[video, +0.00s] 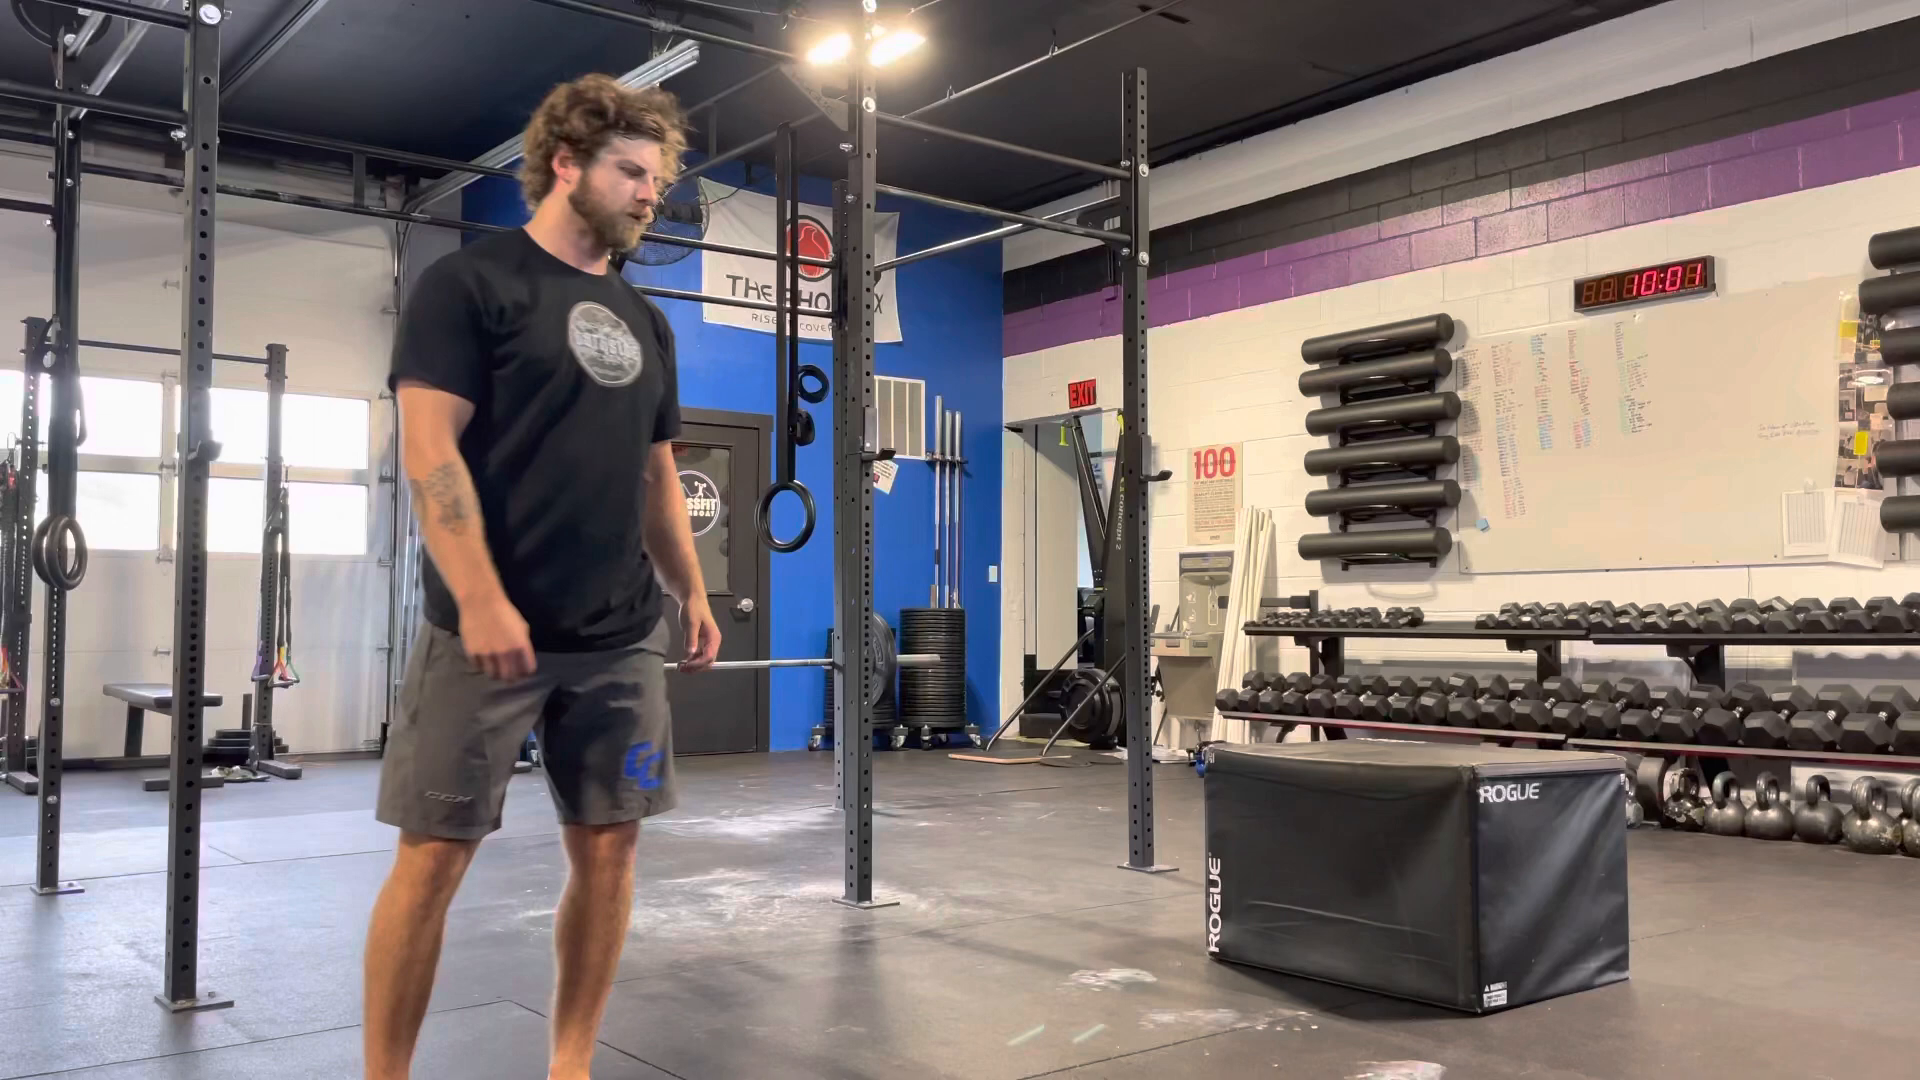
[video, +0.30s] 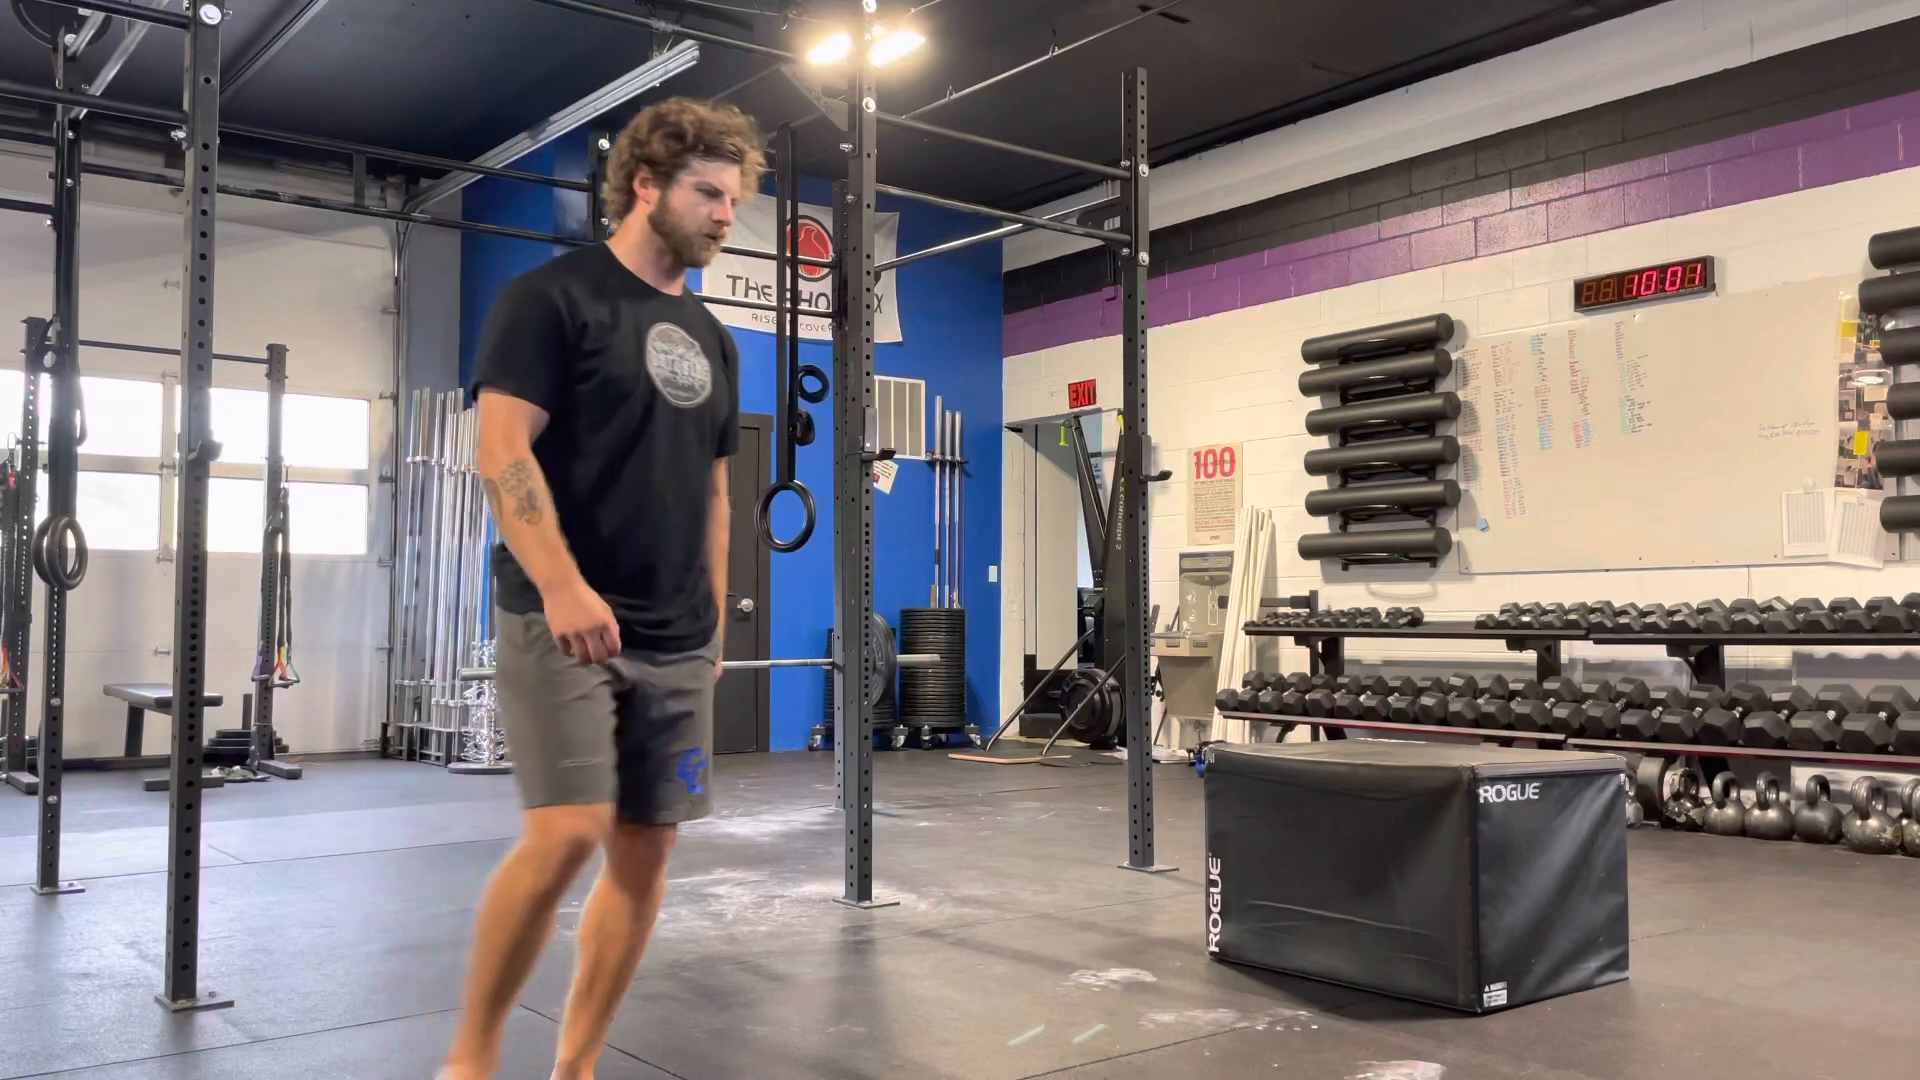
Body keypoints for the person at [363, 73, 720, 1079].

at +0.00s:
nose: (651, 193)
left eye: (660, 179)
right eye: (634, 171)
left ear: (660, 189)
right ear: (566, 165)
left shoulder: (641, 319)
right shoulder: (467, 279)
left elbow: (657, 467)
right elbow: (427, 451)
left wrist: (691, 590)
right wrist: (479, 598)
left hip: (617, 629)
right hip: (488, 625)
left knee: (609, 845)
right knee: (435, 854)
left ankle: (571, 1061)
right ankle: (385, 1071)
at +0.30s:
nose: (725, 215)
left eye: (734, 200)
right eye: (709, 192)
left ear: (733, 210)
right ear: (645, 186)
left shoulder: (708, 335)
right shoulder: (552, 294)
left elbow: (713, 484)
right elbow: (501, 454)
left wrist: (712, 609)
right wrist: (561, 587)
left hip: (676, 630)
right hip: (561, 619)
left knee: (642, 852)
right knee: (568, 829)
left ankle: (574, 1066)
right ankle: (469, 1060)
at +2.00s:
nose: (1469, 238)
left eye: (1468, 231)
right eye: (1468, 230)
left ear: (1384, 227)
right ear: (1455, 225)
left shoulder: (1337, 275)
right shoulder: (1471, 265)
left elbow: (1268, 390)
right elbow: (1501, 399)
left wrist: (1295, 487)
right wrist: (1504, 497)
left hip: (1312, 457)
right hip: (1403, 460)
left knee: (1395, 582)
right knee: (1457, 634)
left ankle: (1412, 738)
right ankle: (1332, 717)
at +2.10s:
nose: (1491, 204)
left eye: (1492, 197)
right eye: (1491, 195)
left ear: (1407, 187)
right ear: (1476, 189)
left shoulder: (1352, 239)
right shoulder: (1490, 233)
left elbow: (1275, 337)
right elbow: (1517, 366)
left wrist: (1281, 437)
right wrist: (1523, 466)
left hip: (1324, 424)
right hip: (1413, 421)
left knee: (1398, 573)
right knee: (1477, 573)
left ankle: (1410, 739)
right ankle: (1385, 650)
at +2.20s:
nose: (1512, 172)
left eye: (1514, 164)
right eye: (1513, 163)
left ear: (1431, 146)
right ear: (1498, 153)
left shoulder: (1367, 197)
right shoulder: (1503, 195)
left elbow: (1287, 282)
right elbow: (1525, 329)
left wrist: (1276, 380)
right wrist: (1533, 431)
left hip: (1333, 387)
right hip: (1425, 385)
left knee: (1390, 554)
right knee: (1483, 537)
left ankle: (1408, 738)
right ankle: (1428, 677)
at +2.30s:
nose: (1528, 154)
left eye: (1530, 146)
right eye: (1529, 145)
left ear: (1448, 128)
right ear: (1514, 133)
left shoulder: (1379, 183)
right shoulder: (1517, 182)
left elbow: (1302, 261)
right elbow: (1529, 312)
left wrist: (1293, 355)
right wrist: (1538, 417)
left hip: (1348, 379)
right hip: (1438, 380)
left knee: (1390, 552)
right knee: (1481, 551)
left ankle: (1406, 732)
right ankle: (1456, 724)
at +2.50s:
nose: (1543, 151)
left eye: (1546, 142)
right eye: (1545, 141)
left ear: (1466, 123)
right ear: (1530, 131)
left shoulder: (1386, 186)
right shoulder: (1531, 188)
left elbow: (1330, 290)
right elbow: (1547, 318)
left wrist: (1321, 392)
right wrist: (1551, 427)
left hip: (1365, 391)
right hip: (1456, 391)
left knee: (1404, 560)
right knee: (1486, 568)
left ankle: (1407, 736)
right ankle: (1455, 740)